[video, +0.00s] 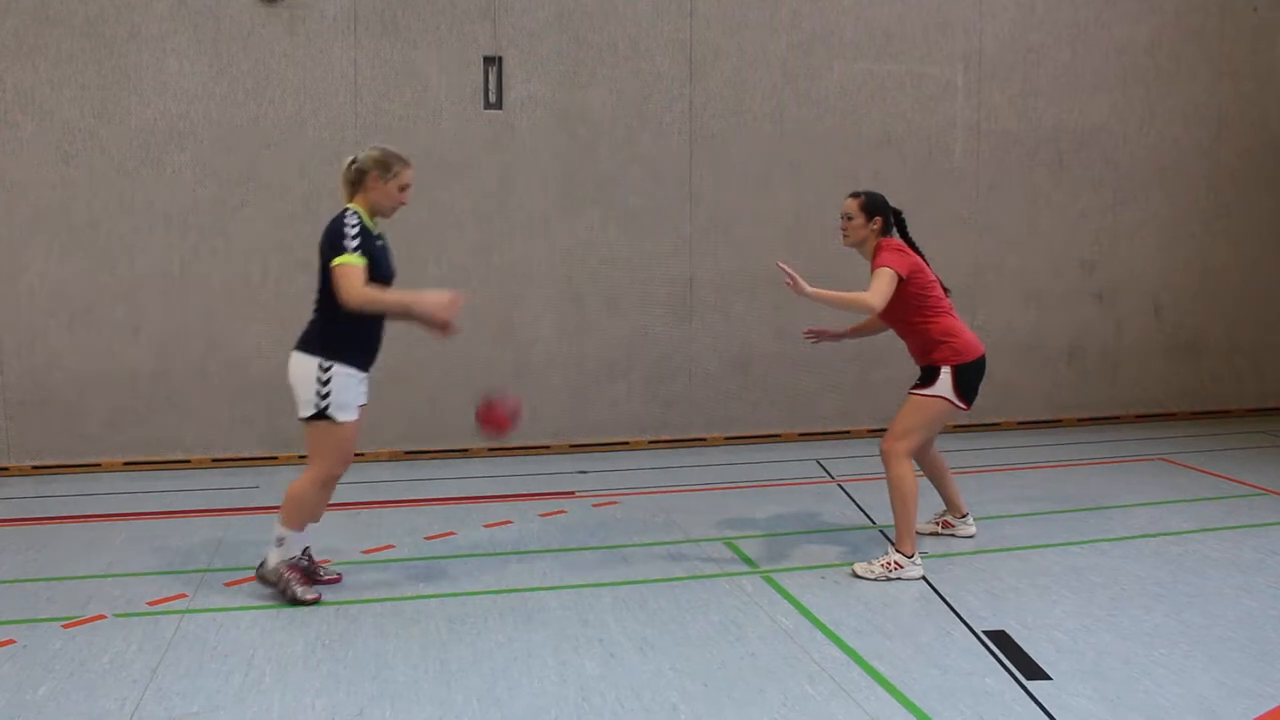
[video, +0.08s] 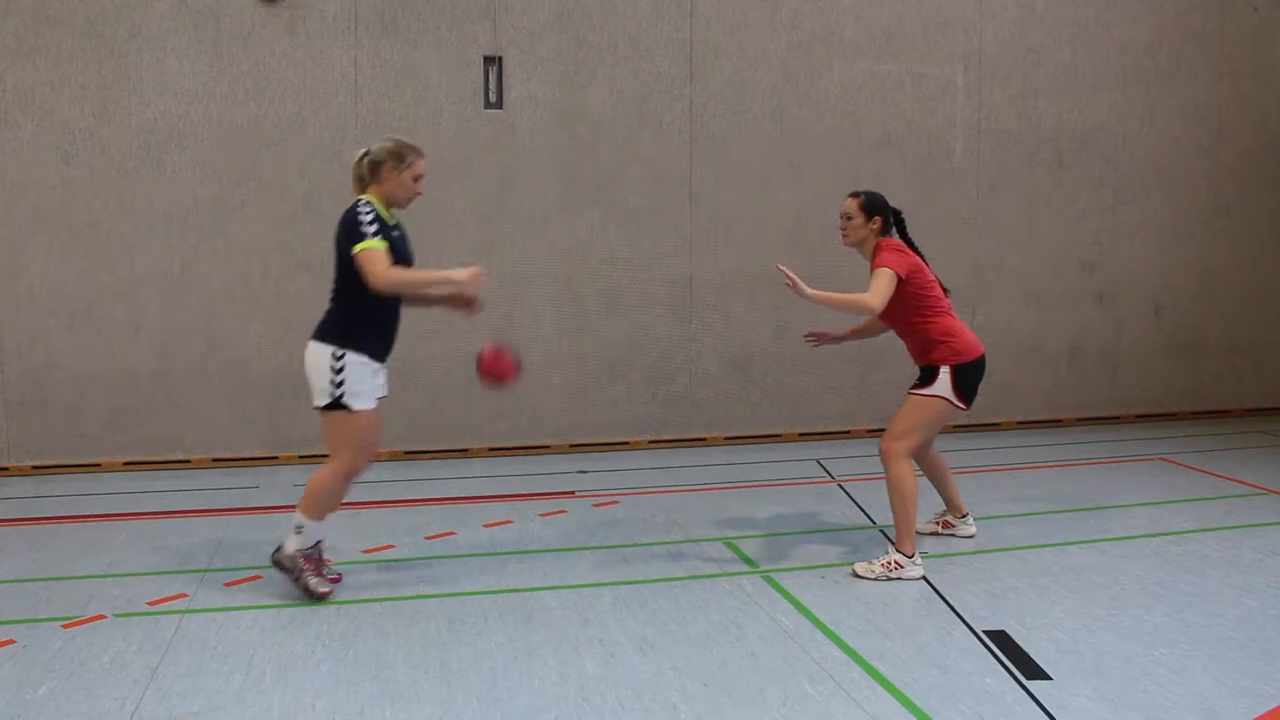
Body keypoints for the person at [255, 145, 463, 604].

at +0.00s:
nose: (406, 198)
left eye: (408, 189)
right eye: (401, 188)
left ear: (378, 185)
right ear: (373, 183)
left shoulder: (370, 232)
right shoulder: (348, 226)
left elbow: (373, 296)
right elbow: (351, 294)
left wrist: (421, 313)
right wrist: (420, 303)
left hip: (347, 366)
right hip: (326, 364)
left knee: (334, 462)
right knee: (324, 464)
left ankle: (296, 552)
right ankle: (278, 558)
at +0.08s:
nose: (421, 188)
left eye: (422, 179)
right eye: (416, 178)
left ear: (395, 176)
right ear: (387, 174)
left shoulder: (388, 224)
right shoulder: (362, 216)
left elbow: (393, 290)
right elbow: (380, 278)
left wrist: (444, 298)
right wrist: (452, 277)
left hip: (363, 356)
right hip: (341, 355)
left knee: (359, 453)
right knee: (348, 455)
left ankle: (305, 543)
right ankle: (296, 547)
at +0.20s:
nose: (450, 190)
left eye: (451, 182)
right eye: (443, 182)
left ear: (424, 185)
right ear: (417, 183)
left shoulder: (420, 234)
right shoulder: (398, 227)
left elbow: (427, 300)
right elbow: (420, 294)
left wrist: (478, 303)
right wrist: (479, 288)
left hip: (391, 363)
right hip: (363, 361)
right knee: (375, 470)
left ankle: (367, 519)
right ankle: (307, 553)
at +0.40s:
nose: (521, 220)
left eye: (520, 212)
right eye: (514, 213)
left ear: (492, 221)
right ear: (488, 222)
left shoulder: (489, 266)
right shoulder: (481, 268)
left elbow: (511, 327)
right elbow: (522, 329)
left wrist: (566, 329)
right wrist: (576, 326)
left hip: (469, 397)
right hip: (434, 399)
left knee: (525, 444)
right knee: (398, 488)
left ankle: (525, 541)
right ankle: (310, 555)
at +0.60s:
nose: (625, 181)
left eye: (625, 173)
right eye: (618, 173)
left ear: (603, 178)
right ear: (595, 177)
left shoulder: (603, 224)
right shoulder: (577, 215)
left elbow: (600, 293)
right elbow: (552, 249)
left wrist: (640, 321)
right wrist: (615, 238)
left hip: (602, 352)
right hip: (568, 352)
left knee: (630, 433)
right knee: (576, 451)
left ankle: (575, 507)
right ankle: (509, 512)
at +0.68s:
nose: (672, 184)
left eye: (670, 176)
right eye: (664, 176)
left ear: (651, 183)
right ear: (640, 181)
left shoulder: (646, 229)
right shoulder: (625, 225)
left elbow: (634, 293)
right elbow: (588, 248)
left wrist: (661, 325)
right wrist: (604, 212)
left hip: (645, 351)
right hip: (613, 354)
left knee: (689, 422)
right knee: (624, 456)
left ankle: (663, 506)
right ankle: (575, 526)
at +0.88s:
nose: (771, 209)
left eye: (771, 201)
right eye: (765, 201)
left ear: (748, 207)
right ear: (742, 206)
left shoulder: (756, 251)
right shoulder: (738, 246)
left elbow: (758, 330)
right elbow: (716, 249)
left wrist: (802, 345)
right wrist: (692, 196)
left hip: (767, 371)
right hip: (733, 373)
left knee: (805, 432)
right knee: (710, 466)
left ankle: (791, 513)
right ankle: (620, 510)